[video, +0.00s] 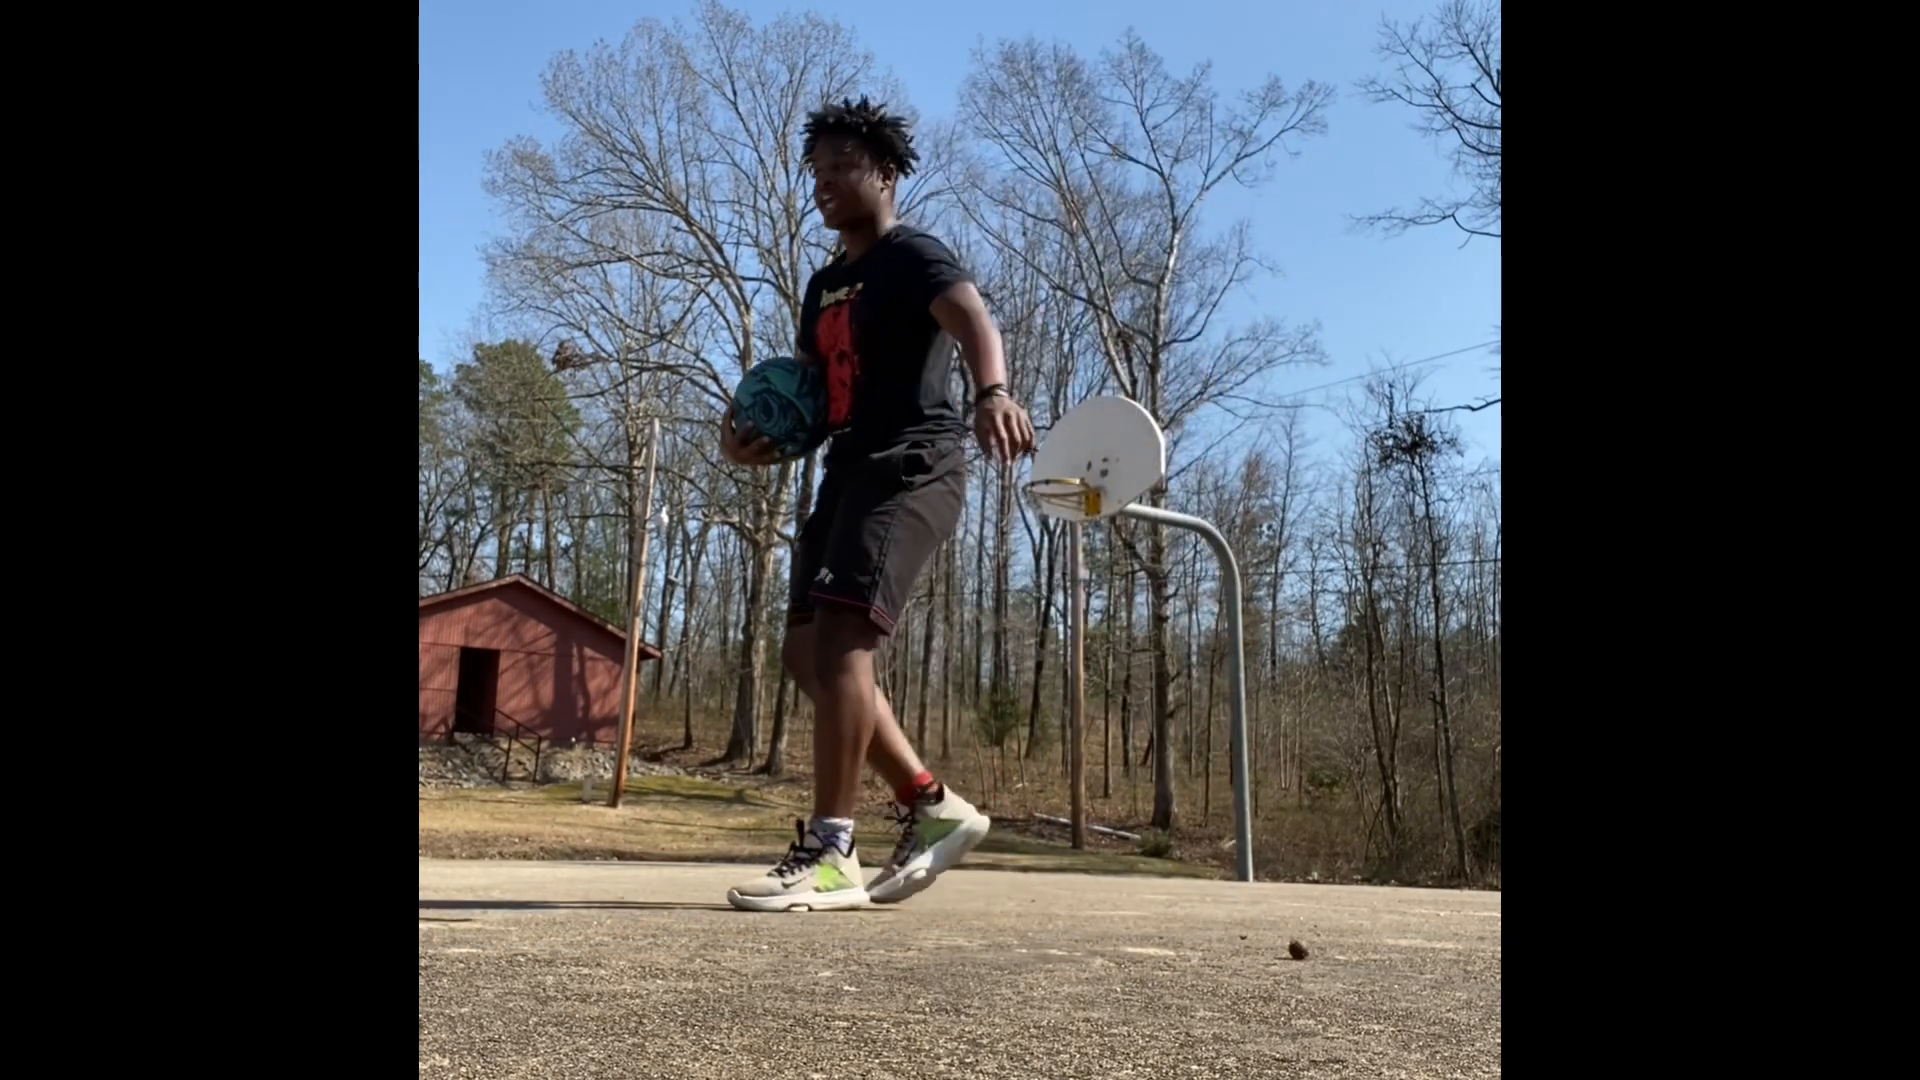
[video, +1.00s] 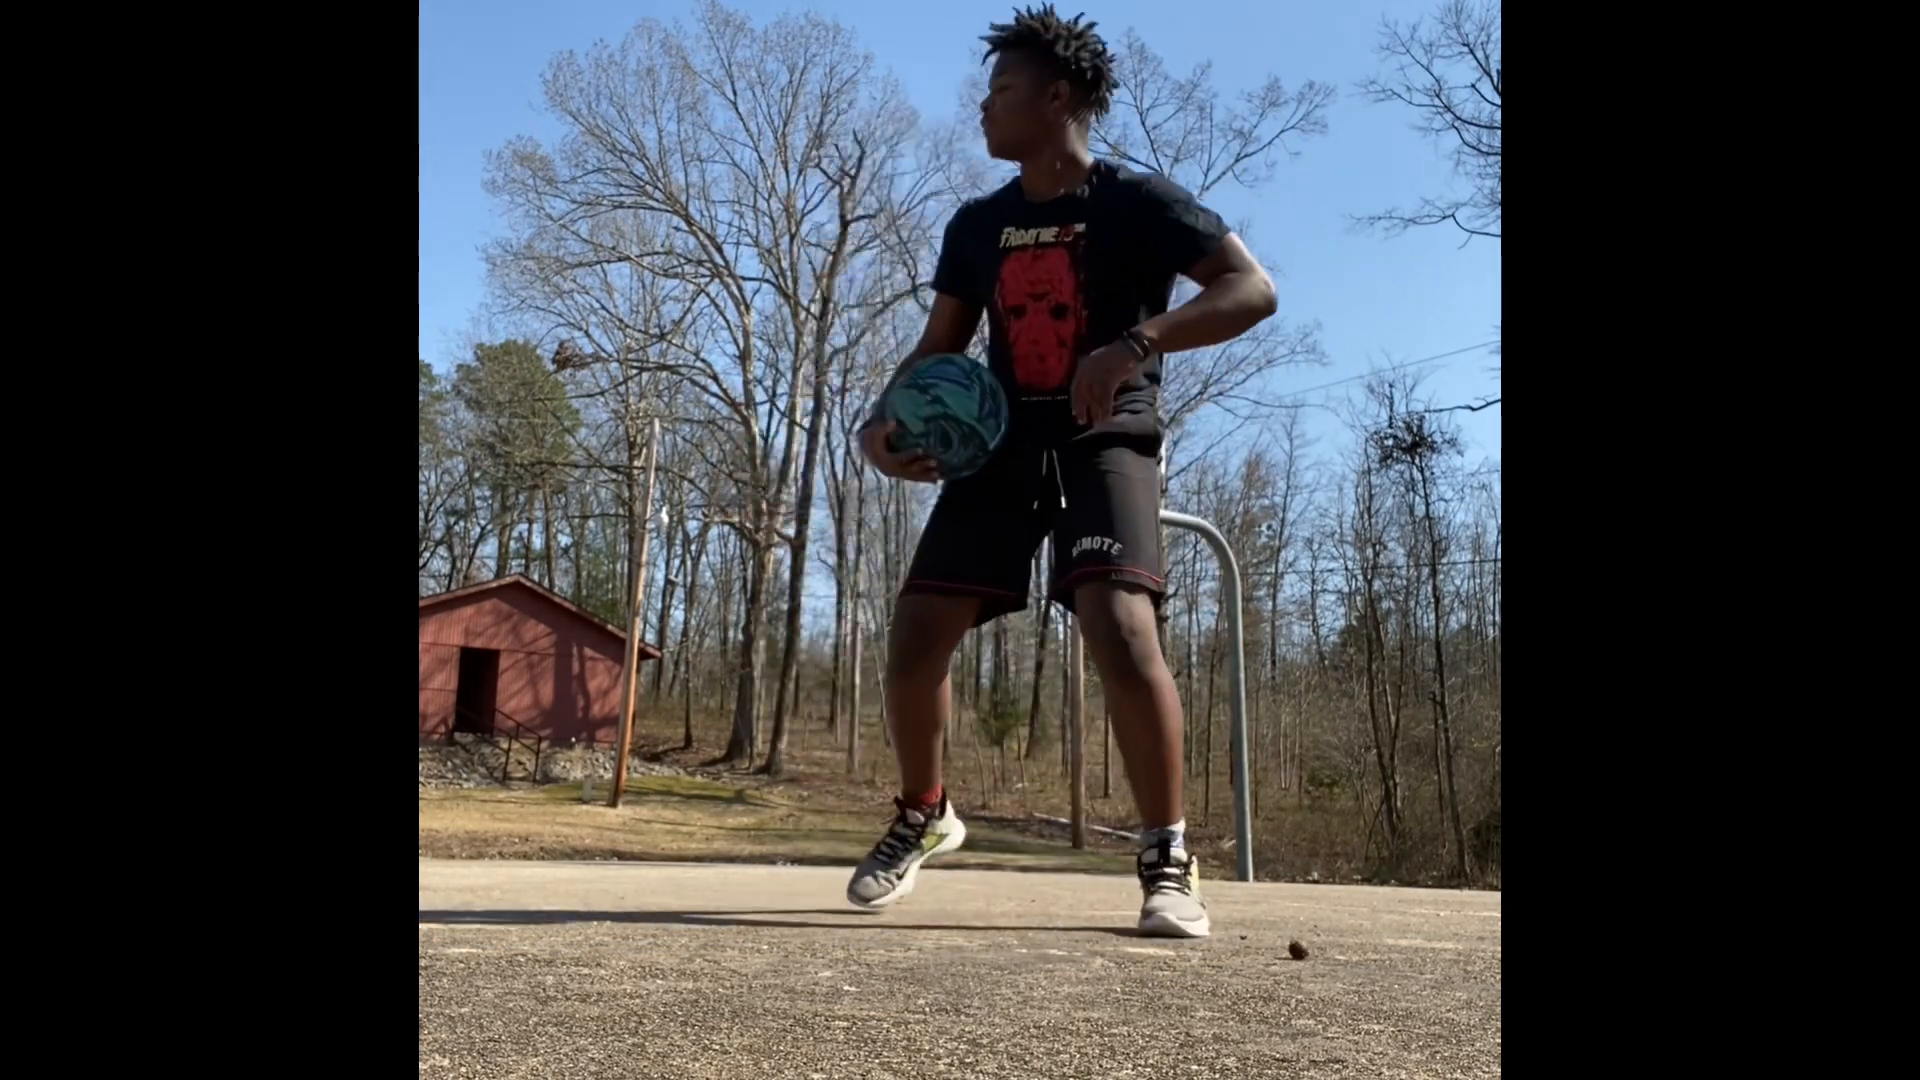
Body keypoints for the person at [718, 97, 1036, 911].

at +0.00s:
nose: (827, 185)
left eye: (844, 169)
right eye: (819, 173)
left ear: (887, 175)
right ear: (814, 184)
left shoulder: (916, 254)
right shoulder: (823, 287)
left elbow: (975, 317)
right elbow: (807, 399)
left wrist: (994, 390)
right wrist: (753, 441)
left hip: (914, 462)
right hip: (849, 470)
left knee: (844, 638)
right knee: (807, 650)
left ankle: (828, 852)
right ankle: (934, 808)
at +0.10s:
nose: (796, 178)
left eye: (808, 162)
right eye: (801, 162)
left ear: (854, 170)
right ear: (849, 173)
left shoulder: (915, 253)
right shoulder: (827, 280)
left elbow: (966, 354)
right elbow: (810, 389)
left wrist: (923, 439)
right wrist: (750, 442)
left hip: (897, 464)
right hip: (837, 467)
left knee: (842, 638)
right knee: (781, 638)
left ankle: (831, 856)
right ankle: (888, 805)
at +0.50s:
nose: (814, 207)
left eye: (823, 190)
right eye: (817, 191)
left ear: (860, 194)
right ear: (864, 198)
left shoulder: (926, 258)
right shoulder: (848, 308)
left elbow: (985, 362)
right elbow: (831, 425)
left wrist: (887, 435)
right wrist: (785, 492)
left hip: (929, 485)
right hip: (866, 490)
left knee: (826, 634)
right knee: (815, 652)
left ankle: (920, 817)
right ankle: (858, 850)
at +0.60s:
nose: (833, 177)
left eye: (843, 161)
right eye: (837, 161)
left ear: (881, 167)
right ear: (879, 170)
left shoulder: (956, 244)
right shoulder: (858, 283)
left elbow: (1022, 348)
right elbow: (844, 403)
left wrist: (908, 402)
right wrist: (795, 476)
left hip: (954, 463)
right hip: (877, 472)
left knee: (891, 626)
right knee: (832, 646)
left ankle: (1018, 810)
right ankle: (863, 848)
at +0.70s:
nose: (860, 179)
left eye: (873, 162)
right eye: (866, 162)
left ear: (912, 170)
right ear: (914, 174)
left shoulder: (989, 261)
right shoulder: (872, 281)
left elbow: (1051, 378)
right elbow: (865, 397)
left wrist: (926, 392)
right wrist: (815, 459)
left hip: (974, 469)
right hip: (895, 474)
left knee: (981, 631)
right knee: (834, 657)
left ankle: (1103, 832)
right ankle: (864, 855)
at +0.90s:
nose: (945, 142)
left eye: (960, 124)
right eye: (952, 124)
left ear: (1007, 135)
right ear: (1003, 139)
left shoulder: (1096, 241)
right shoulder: (949, 259)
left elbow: (1177, 354)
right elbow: (919, 383)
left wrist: (1050, 386)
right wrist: (866, 463)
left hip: (1073, 458)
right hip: (972, 463)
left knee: (1107, 631)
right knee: (888, 653)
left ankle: (1168, 864)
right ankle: (864, 838)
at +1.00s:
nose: (985, 103)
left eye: (1002, 87)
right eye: (988, 87)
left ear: (1061, 99)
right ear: (1032, 102)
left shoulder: (1139, 201)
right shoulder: (979, 224)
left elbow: (1251, 289)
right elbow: (938, 346)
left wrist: (1138, 343)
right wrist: (884, 423)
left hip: (1107, 440)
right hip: (999, 445)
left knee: (1118, 622)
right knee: (918, 630)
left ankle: (1167, 862)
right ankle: (924, 819)